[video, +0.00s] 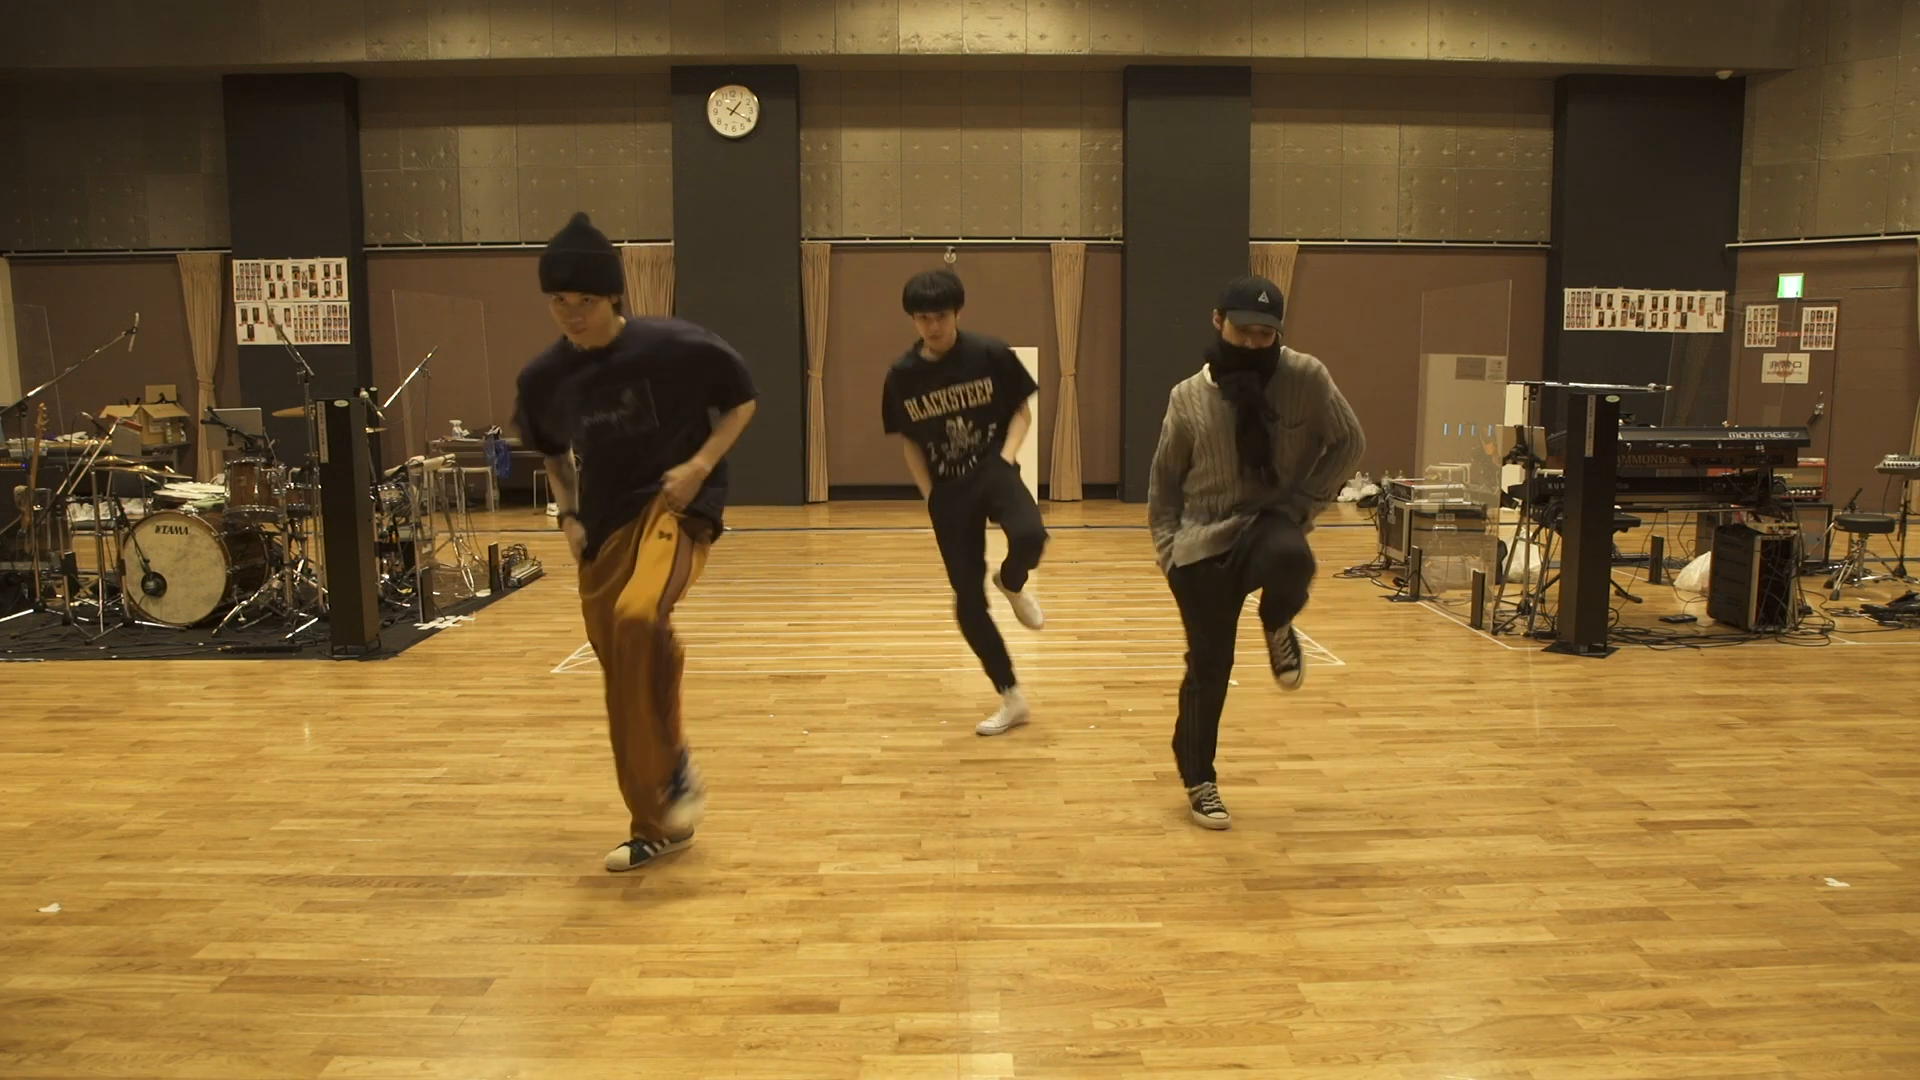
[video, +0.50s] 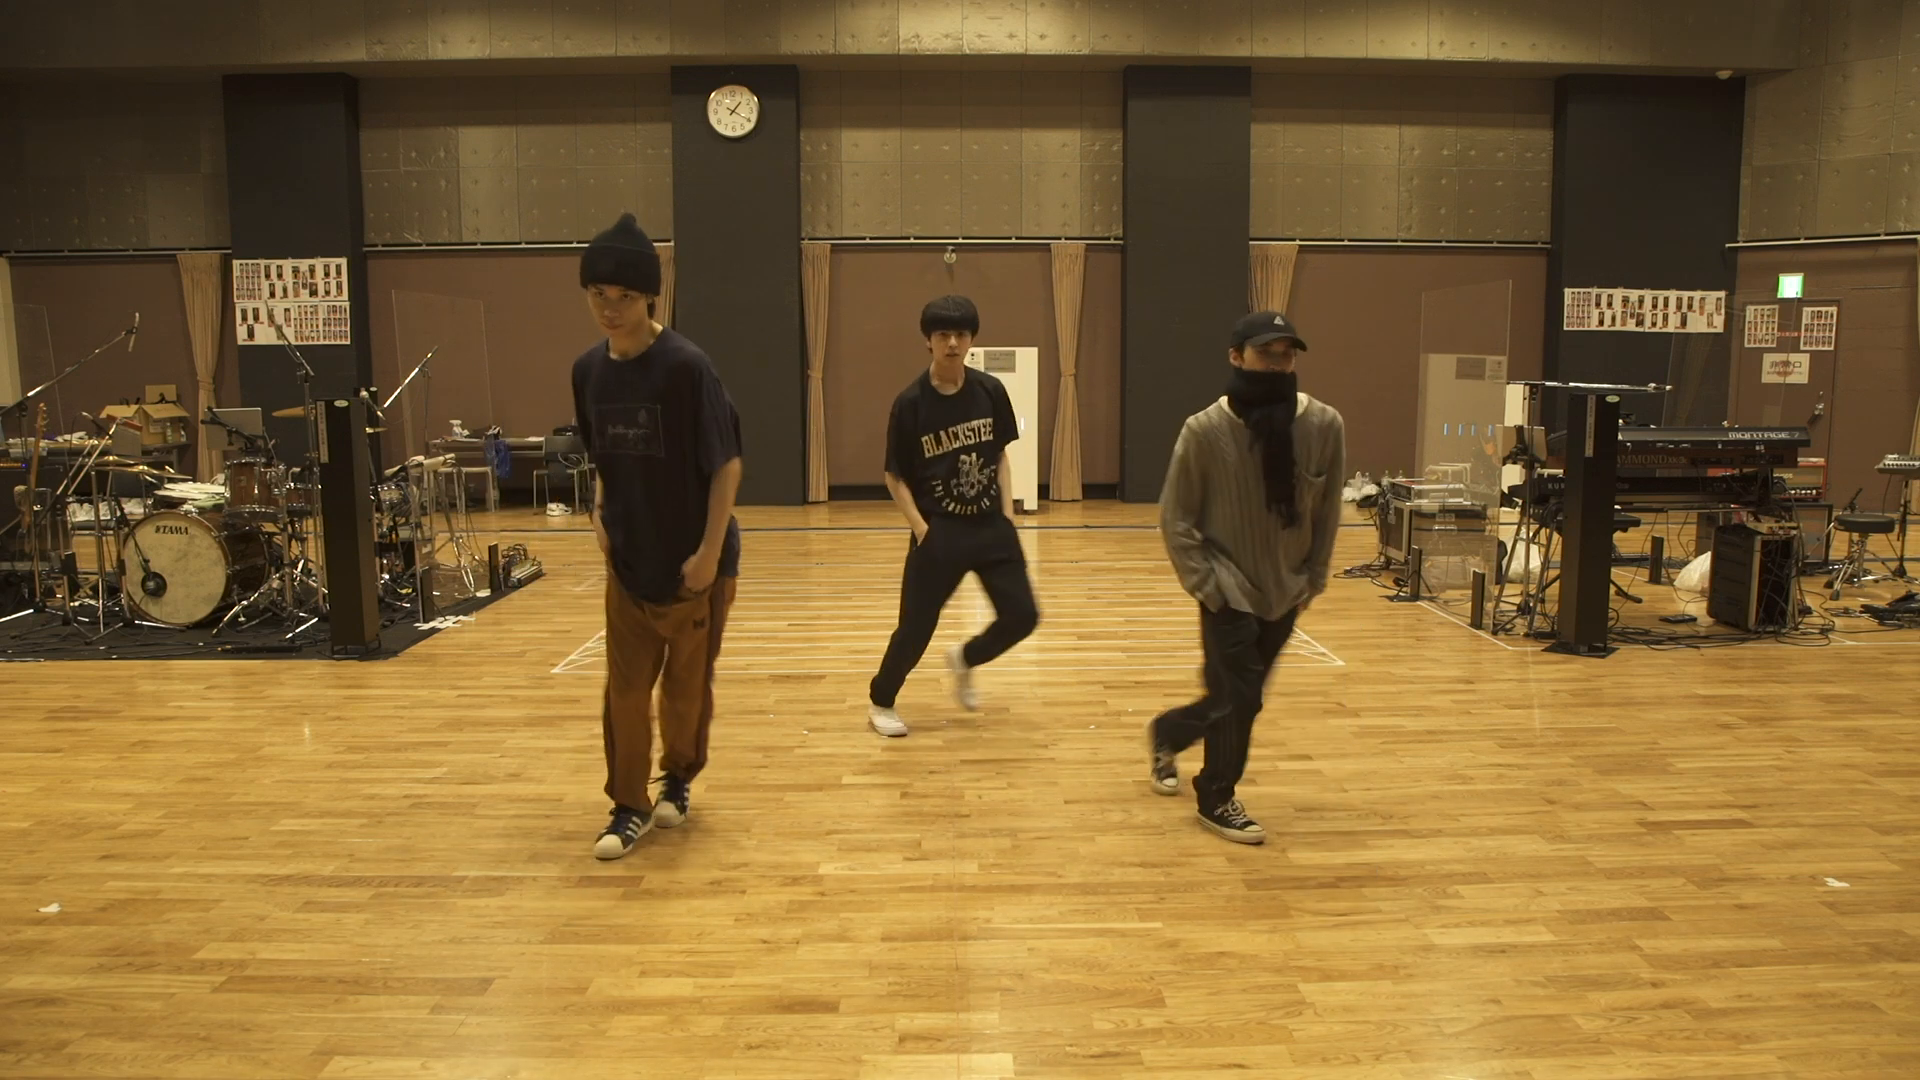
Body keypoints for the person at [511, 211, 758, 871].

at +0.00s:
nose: (568, 317)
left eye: (580, 303)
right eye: (558, 304)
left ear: (613, 295)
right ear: (548, 302)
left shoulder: (673, 345)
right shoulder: (545, 378)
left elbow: (742, 400)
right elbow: (553, 452)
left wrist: (699, 465)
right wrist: (570, 514)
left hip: (672, 512)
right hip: (604, 534)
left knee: (636, 616)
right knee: (621, 675)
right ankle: (651, 826)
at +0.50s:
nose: (610, 308)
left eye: (622, 297)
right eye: (600, 297)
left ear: (651, 296)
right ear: (588, 298)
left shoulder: (688, 368)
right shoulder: (589, 372)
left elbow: (727, 464)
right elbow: (602, 465)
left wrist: (708, 553)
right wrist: (605, 530)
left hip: (694, 559)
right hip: (629, 558)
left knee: (686, 682)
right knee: (625, 688)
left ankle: (679, 778)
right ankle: (628, 807)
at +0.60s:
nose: (623, 316)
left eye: (636, 305)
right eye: (613, 304)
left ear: (662, 305)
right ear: (600, 304)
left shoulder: (702, 373)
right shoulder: (591, 375)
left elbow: (761, 453)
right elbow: (601, 462)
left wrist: (728, 534)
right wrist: (612, 527)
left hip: (708, 559)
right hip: (640, 560)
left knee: (721, 687)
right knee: (625, 690)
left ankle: (720, 766)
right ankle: (631, 807)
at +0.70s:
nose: (651, 314)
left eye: (664, 304)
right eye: (642, 302)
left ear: (690, 303)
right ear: (629, 300)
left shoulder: (734, 369)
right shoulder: (609, 364)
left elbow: (785, 437)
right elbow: (611, 444)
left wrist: (756, 504)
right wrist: (618, 512)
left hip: (724, 555)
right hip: (646, 559)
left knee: (772, 675)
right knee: (621, 690)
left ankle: (806, 791)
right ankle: (624, 808)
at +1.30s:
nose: (572, 304)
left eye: (583, 289)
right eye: (560, 294)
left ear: (616, 288)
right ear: (554, 301)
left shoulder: (662, 373)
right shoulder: (559, 364)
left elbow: (721, 453)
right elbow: (563, 443)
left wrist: (661, 505)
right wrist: (553, 506)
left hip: (639, 553)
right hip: (571, 549)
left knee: (684, 690)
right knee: (551, 683)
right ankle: (547, 805)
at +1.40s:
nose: (552, 298)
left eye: (562, 282)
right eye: (541, 288)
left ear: (596, 280)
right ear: (534, 295)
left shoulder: (643, 363)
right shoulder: (541, 356)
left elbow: (700, 447)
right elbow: (548, 438)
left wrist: (645, 496)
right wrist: (534, 499)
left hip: (618, 543)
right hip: (552, 541)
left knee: (648, 679)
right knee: (545, 679)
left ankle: (688, 822)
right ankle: (548, 805)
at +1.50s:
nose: (534, 291)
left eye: (544, 276)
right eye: (523, 283)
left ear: (578, 275)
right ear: (517, 292)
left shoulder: (631, 360)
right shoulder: (520, 357)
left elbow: (681, 444)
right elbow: (521, 441)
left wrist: (627, 492)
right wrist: (517, 506)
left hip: (602, 533)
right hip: (534, 533)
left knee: (606, 673)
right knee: (538, 675)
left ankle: (617, 815)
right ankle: (547, 805)